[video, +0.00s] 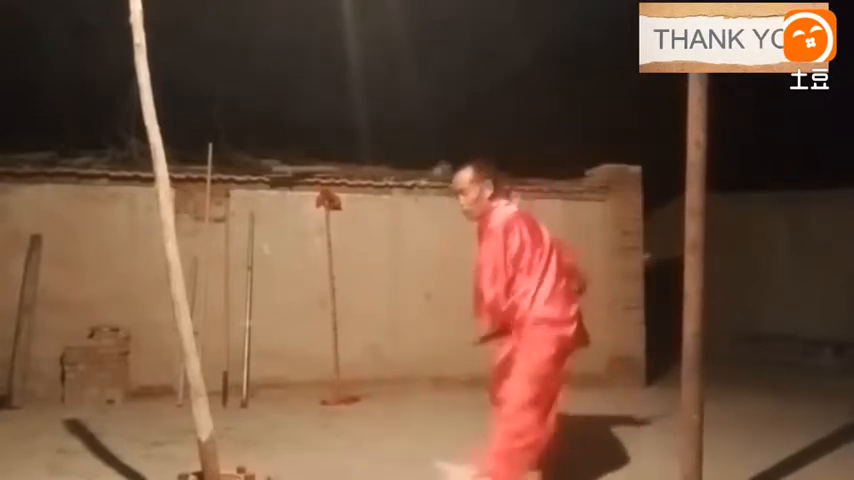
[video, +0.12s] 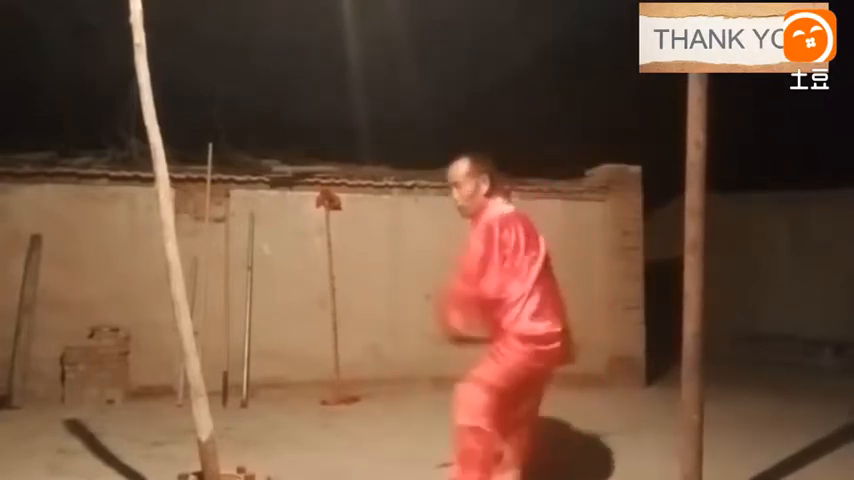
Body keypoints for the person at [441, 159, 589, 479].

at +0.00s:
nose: (462, 202)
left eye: (466, 193)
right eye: (459, 194)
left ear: (487, 188)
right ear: (485, 191)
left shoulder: (498, 222)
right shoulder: (517, 217)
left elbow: (492, 289)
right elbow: (568, 267)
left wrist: (498, 326)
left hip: (541, 323)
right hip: (556, 320)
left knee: (518, 398)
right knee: (529, 396)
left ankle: (500, 469)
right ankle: (528, 462)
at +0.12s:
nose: (455, 196)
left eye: (459, 186)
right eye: (453, 188)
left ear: (482, 183)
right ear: (481, 185)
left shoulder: (493, 220)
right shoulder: (512, 217)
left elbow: (475, 283)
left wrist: (456, 310)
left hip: (525, 338)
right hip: (545, 337)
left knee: (473, 395)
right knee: (517, 417)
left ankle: (472, 472)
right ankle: (508, 472)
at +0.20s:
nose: (449, 187)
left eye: (454, 177)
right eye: (447, 178)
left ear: (479, 174)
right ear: (477, 176)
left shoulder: (488, 214)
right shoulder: (503, 209)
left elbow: (447, 262)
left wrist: (422, 297)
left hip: (518, 337)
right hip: (526, 335)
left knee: (460, 393)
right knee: (519, 425)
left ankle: (457, 472)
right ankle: (534, 478)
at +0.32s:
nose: (440, 176)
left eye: (445, 165)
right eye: (439, 166)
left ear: (471, 162)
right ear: (469, 164)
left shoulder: (483, 197)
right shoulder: (493, 195)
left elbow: (432, 238)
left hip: (513, 334)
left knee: (450, 393)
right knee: (519, 428)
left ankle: (447, 473)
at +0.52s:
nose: (418, 162)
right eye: (414, 156)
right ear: (413, 160)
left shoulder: (475, 181)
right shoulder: (429, 205)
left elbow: (439, 121)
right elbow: (371, 205)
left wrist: (367, 126)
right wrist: (311, 188)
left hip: (504, 319)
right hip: (471, 323)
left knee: (438, 392)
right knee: (461, 401)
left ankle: (436, 473)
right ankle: (526, 461)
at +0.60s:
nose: (400, 144)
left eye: (409, 133)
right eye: (399, 136)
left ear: (434, 136)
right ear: (403, 145)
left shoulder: (466, 182)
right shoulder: (408, 194)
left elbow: (444, 116)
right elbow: (350, 168)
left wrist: (373, 98)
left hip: (497, 308)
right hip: (462, 311)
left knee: (437, 393)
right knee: (464, 399)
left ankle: (443, 475)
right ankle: (524, 464)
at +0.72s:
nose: (401, 146)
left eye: (410, 135)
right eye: (403, 136)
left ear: (439, 139)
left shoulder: (464, 193)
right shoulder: (415, 200)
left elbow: (459, 154)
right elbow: (353, 173)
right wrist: (308, 128)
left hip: (492, 321)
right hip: (457, 320)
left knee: (436, 392)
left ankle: (442, 472)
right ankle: (505, 458)